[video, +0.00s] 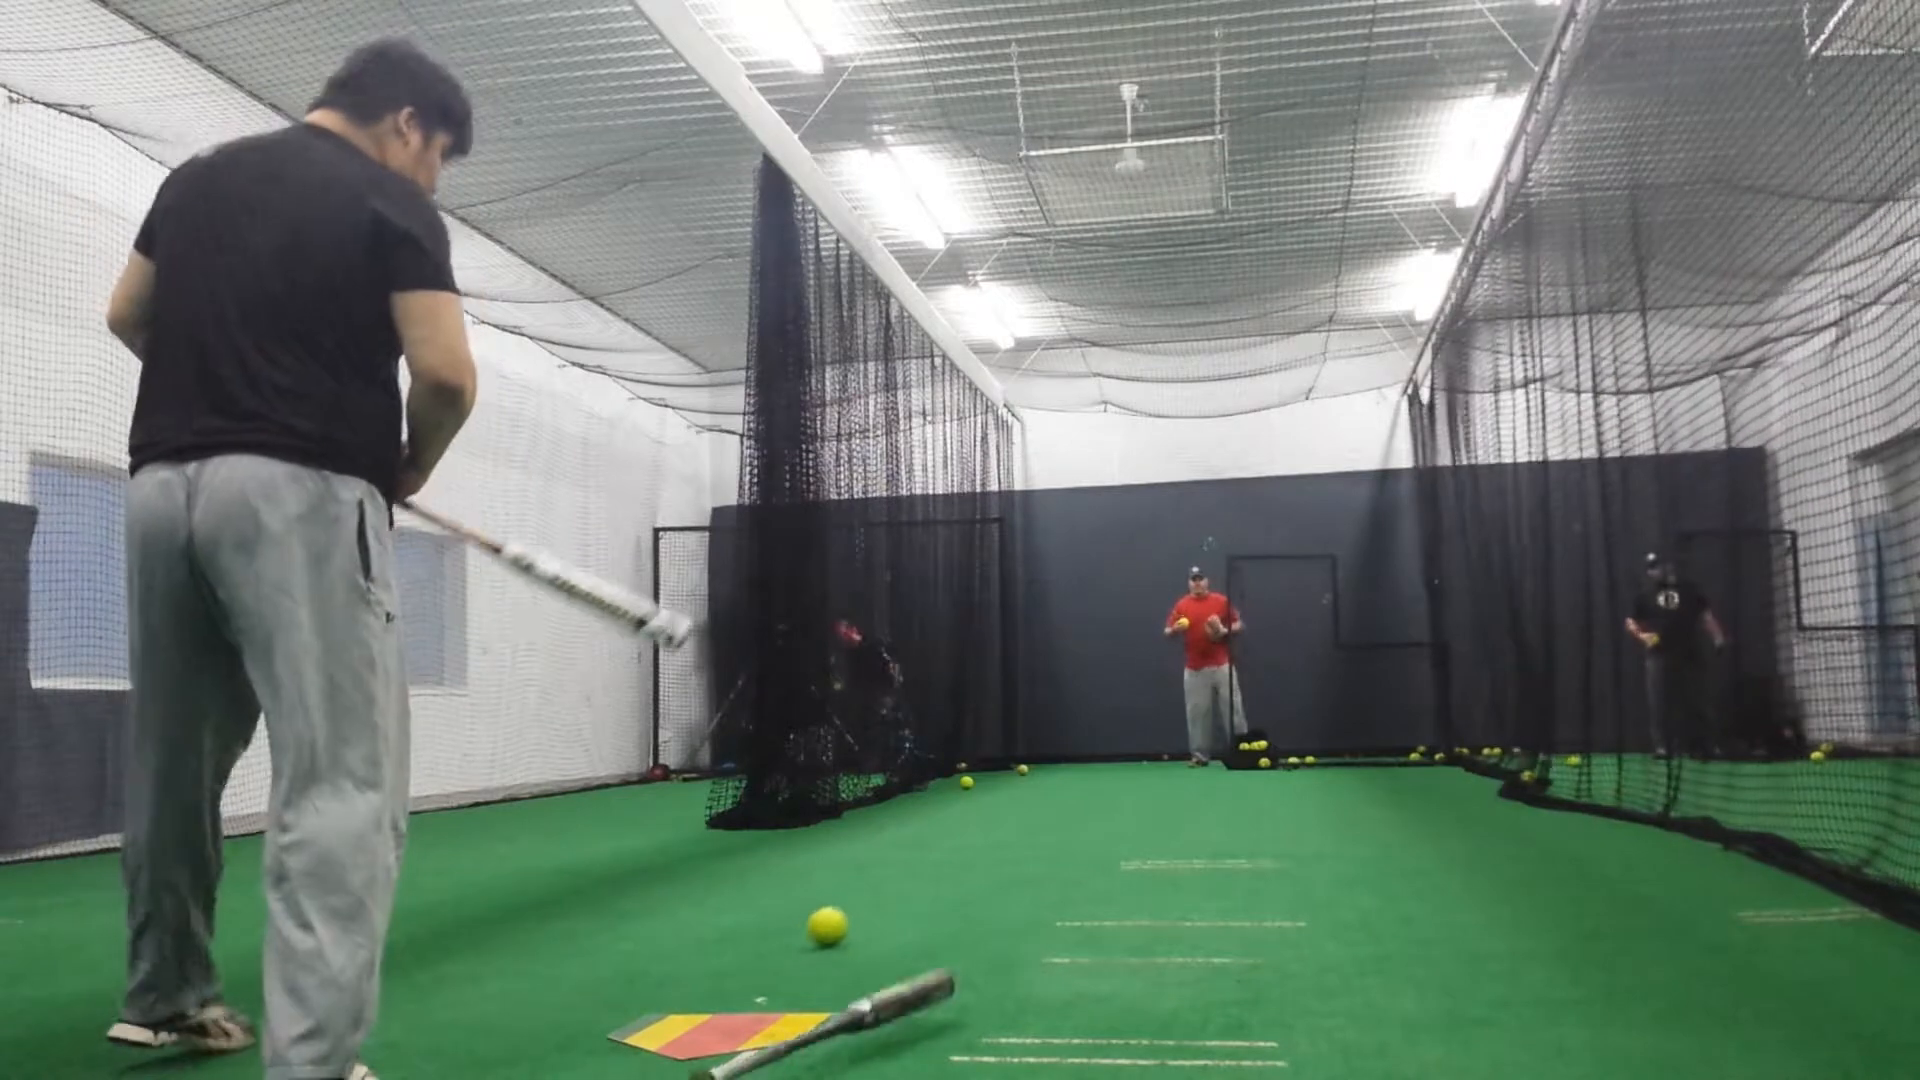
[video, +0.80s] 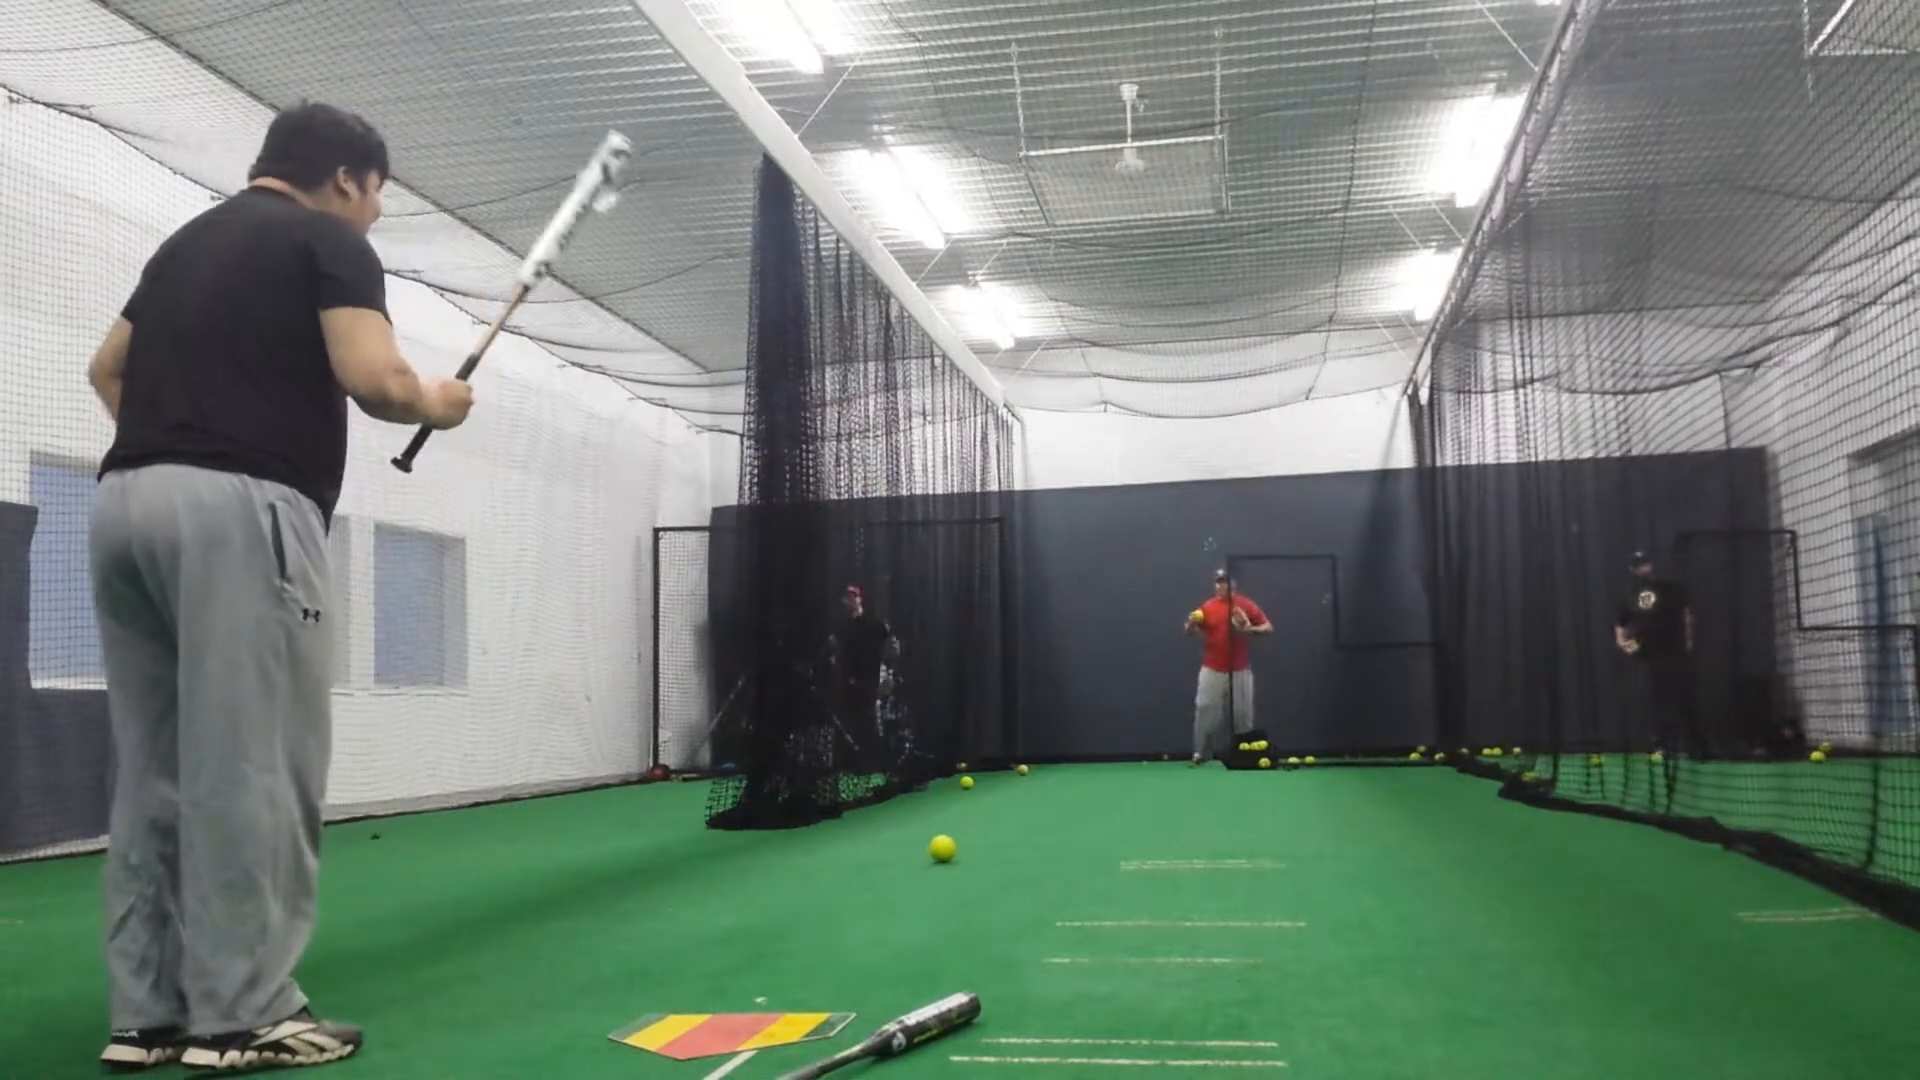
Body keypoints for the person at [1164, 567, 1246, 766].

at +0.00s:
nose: (1197, 583)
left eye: (1200, 579)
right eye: (1193, 579)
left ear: (1207, 582)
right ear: (1188, 583)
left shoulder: (1221, 601)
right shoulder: (1182, 605)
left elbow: (1238, 623)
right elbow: (1167, 631)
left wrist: (1224, 630)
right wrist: (1176, 629)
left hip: (1220, 665)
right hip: (1195, 667)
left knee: (1233, 708)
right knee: (1196, 711)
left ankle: (1241, 750)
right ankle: (1199, 752)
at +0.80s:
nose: (1222, 586)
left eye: (1225, 582)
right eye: (1219, 582)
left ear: (1233, 584)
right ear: (1214, 585)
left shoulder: (1245, 605)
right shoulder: (1208, 608)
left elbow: (1268, 627)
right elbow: (1192, 633)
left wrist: (1248, 628)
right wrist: (1191, 625)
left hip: (1240, 669)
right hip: (1212, 669)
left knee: (1243, 711)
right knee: (1205, 707)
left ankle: (1244, 752)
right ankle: (1201, 752)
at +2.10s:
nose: (1190, 586)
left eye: (1194, 582)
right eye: (1189, 582)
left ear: (1206, 583)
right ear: (1188, 585)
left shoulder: (1221, 605)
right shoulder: (1184, 606)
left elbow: (1237, 629)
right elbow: (1173, 635)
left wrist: (1223, 632)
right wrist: (1174, 629)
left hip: (1217, 667)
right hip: (1191, 667)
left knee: (1221, 711)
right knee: (1190, 710)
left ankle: (1228, 752)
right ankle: (1192, 754)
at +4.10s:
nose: (1219, 580)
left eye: (1223, 576)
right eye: (1216, 576)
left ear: (1232, 579)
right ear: (1213, 580)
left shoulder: (1244, 601)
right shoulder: (1205, 601)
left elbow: (1259, 627)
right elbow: (1191, 627)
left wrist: (1245, 630)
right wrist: (1198, 627)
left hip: (1237, 663)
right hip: (1211, 663)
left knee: (1239, 708)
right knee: (1214, 709)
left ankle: (1241, 751)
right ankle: (1217, 752)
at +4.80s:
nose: (1211, 581)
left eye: (1214, 576)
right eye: (1207, 577)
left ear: (1221, 578)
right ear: (1202, 581)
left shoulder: (1236, 600)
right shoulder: (1198, 604)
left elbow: (1256, 621)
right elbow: (1176, 626)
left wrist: (1242, 624)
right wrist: (1187, 603)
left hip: (1234, 662)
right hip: (1208, 663)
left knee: (1238, 707)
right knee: (1212, 709)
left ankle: (1241, 750)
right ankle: (1216, 752)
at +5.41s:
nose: (1212, 581)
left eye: (1215, 577)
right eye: (1209, 579)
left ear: (1222, 580)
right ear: (1204, 582)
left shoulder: (1233, 599)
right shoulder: (1196, 601)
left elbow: (1254, 622)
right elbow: (1171, 611)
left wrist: (1242, 624)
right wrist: (1189, 591)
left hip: (1232, 661)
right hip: (1206, 663)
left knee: (1237, 707)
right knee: (1210, 710)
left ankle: (1241, 750)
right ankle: (1216, 752)